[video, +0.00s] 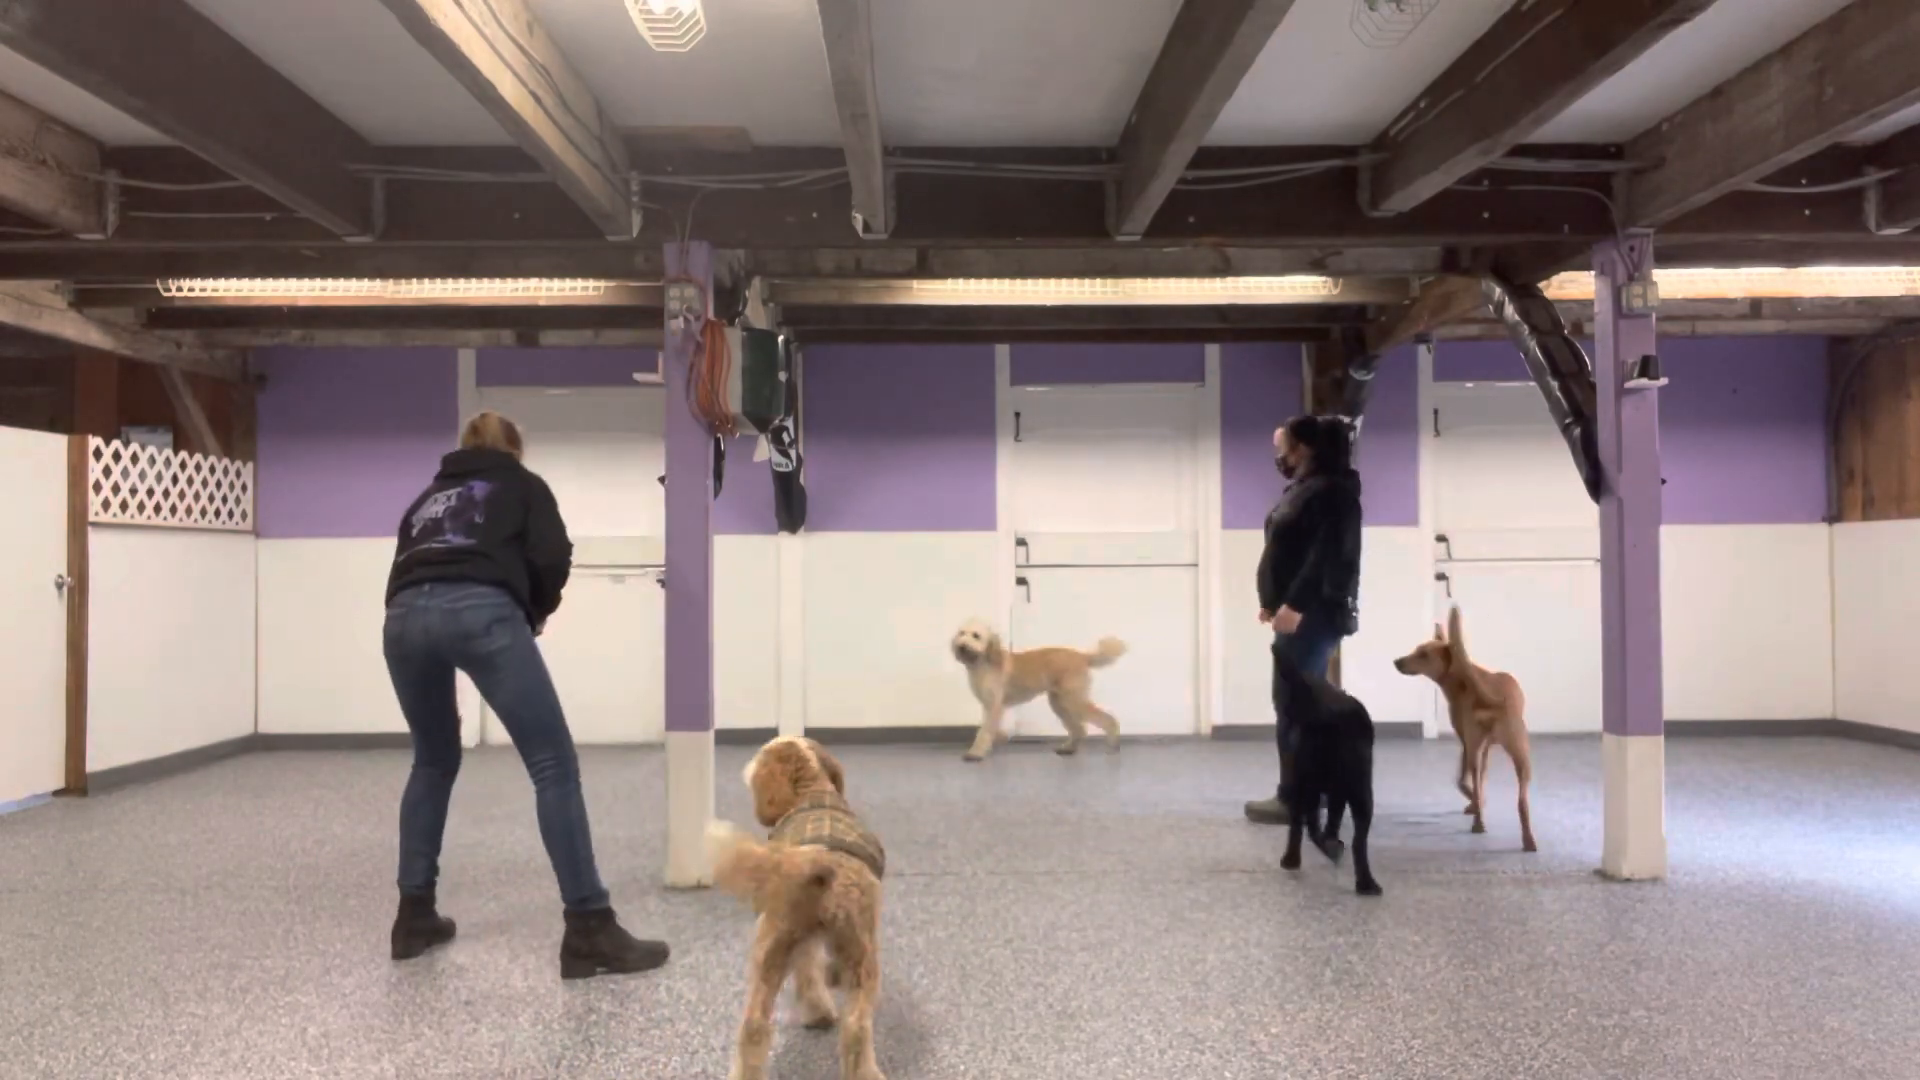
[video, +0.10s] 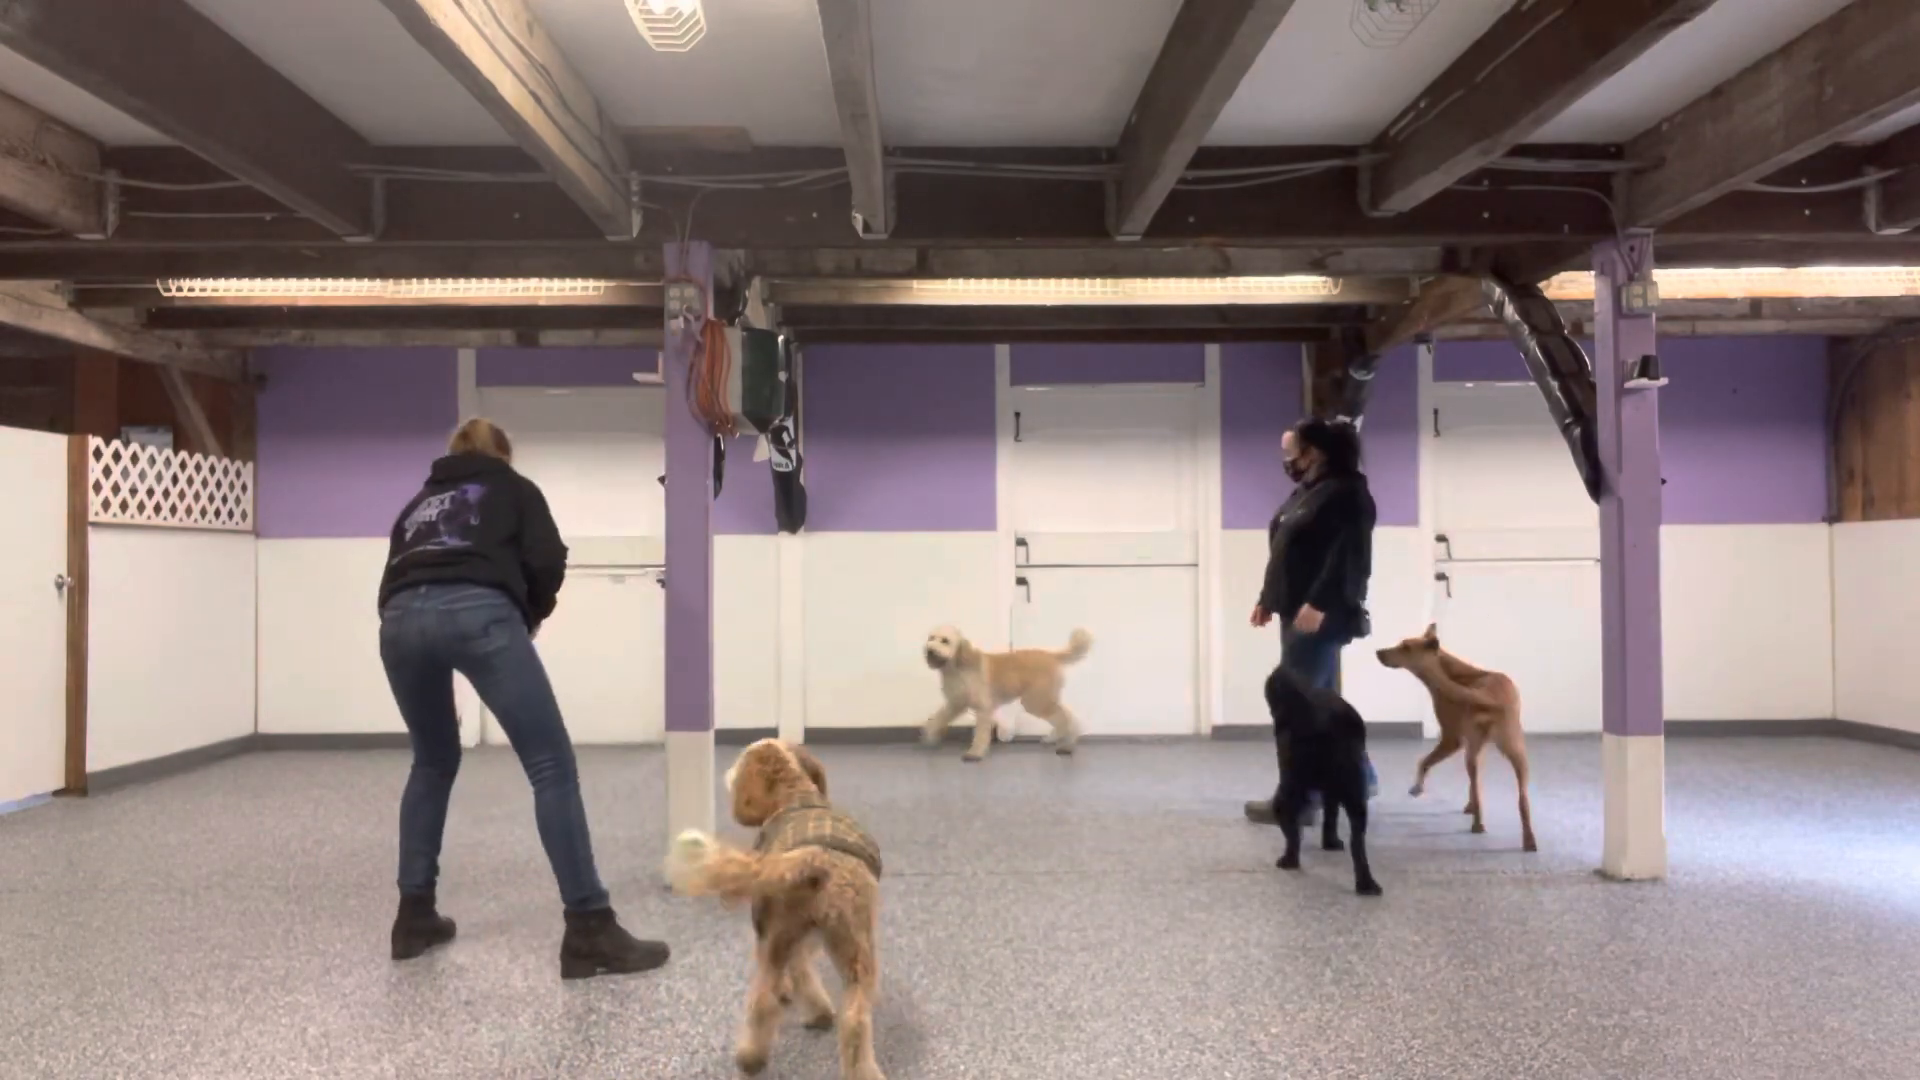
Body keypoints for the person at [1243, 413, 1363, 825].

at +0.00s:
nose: (1282, 457)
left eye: (1287, 448)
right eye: (1282, 449)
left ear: (1307, 448)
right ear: (1305, 450)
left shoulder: (1333, 489)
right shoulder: (1301, 488)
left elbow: (1327, 554)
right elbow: (1290, 549)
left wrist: (1296, 604)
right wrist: (1271, 598)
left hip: (1315, 616)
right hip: (1295, 614)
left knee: (1294, 704)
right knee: (1292, 703)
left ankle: (1294, 795)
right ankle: (1294, 792)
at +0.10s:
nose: (1292, 460)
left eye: (1298, 452)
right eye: (1293, 453)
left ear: (1317, 452)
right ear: (1313, 454)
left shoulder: (1347, 491)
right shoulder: (1305, 492)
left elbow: (1348, 556)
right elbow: (1287, 553)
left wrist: (1318, 602)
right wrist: (1268, 599)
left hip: (1323, 616)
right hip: (1299, 613)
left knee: (1296, 703)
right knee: (1317, 705)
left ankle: (1294, 798)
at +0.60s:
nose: (1322, 465)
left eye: (1329, 457)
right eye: (1316, 458)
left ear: (1354, 449)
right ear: (1313, 456)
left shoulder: (1392, 493)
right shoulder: (1312, 496)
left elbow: (1421, 546)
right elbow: (1293, 552)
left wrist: (1432, 597)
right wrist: (1278, 603)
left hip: (1376, 610)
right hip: (1322, 614)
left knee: (1365, 692)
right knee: (1339, 698)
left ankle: (1393, 780)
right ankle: (1355, 778)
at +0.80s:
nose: (1338, 467)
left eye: (1346, 458)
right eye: (1332, 460)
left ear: (1370, 449)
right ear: (1327, 457)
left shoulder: (1406, 490)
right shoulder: (1326, 491)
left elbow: (1435, 544)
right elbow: (1308, 545)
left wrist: (1432, 593)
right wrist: (1291, 595)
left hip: (1393, 610)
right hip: (1335, 612)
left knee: (1394, 697)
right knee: (1346, 700)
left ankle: (1417, 781)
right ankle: (1360, 782)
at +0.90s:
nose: (1360, 468)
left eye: (1365, 459)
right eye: (1353, 461)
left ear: (1384, 447)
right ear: (1346, 457)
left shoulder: (1419, 488)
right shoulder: (1345, 489)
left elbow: (1446, 543)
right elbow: (1324, 541)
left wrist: (1434, 585)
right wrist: (1310, 592)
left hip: (1404, 609)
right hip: (1349, 610)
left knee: (1404, 695)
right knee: (1353, 700)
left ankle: (1419, 782)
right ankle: (1361, 781)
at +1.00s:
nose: (1367, 468)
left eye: (1372, 459)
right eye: (1361, 461)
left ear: (1393, 448)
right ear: (1354, 457)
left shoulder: (1428, 489)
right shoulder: (1353, 489)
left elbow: (1456, 541)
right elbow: (1334, 542)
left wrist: (1434, 580)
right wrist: (1322, 593)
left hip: (1410, 606)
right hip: (1356, 608)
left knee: (1409, 694)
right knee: (1357, 697)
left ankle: (1419, 782)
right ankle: (1361, 780)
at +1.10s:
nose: (1374, 469)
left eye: (1380, 460)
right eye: (1368, 462)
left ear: (1400, 449)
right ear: (1363, 458)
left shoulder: (1435, 489)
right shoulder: (1360, 490)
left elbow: (1466, 536)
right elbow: (1342, 542)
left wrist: (1437, 571)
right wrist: (1330, 592)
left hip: (1415, 605)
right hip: (1362, 607)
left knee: (1414, 695)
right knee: (1357, 692)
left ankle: (1419, 782)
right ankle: (1363, 779)